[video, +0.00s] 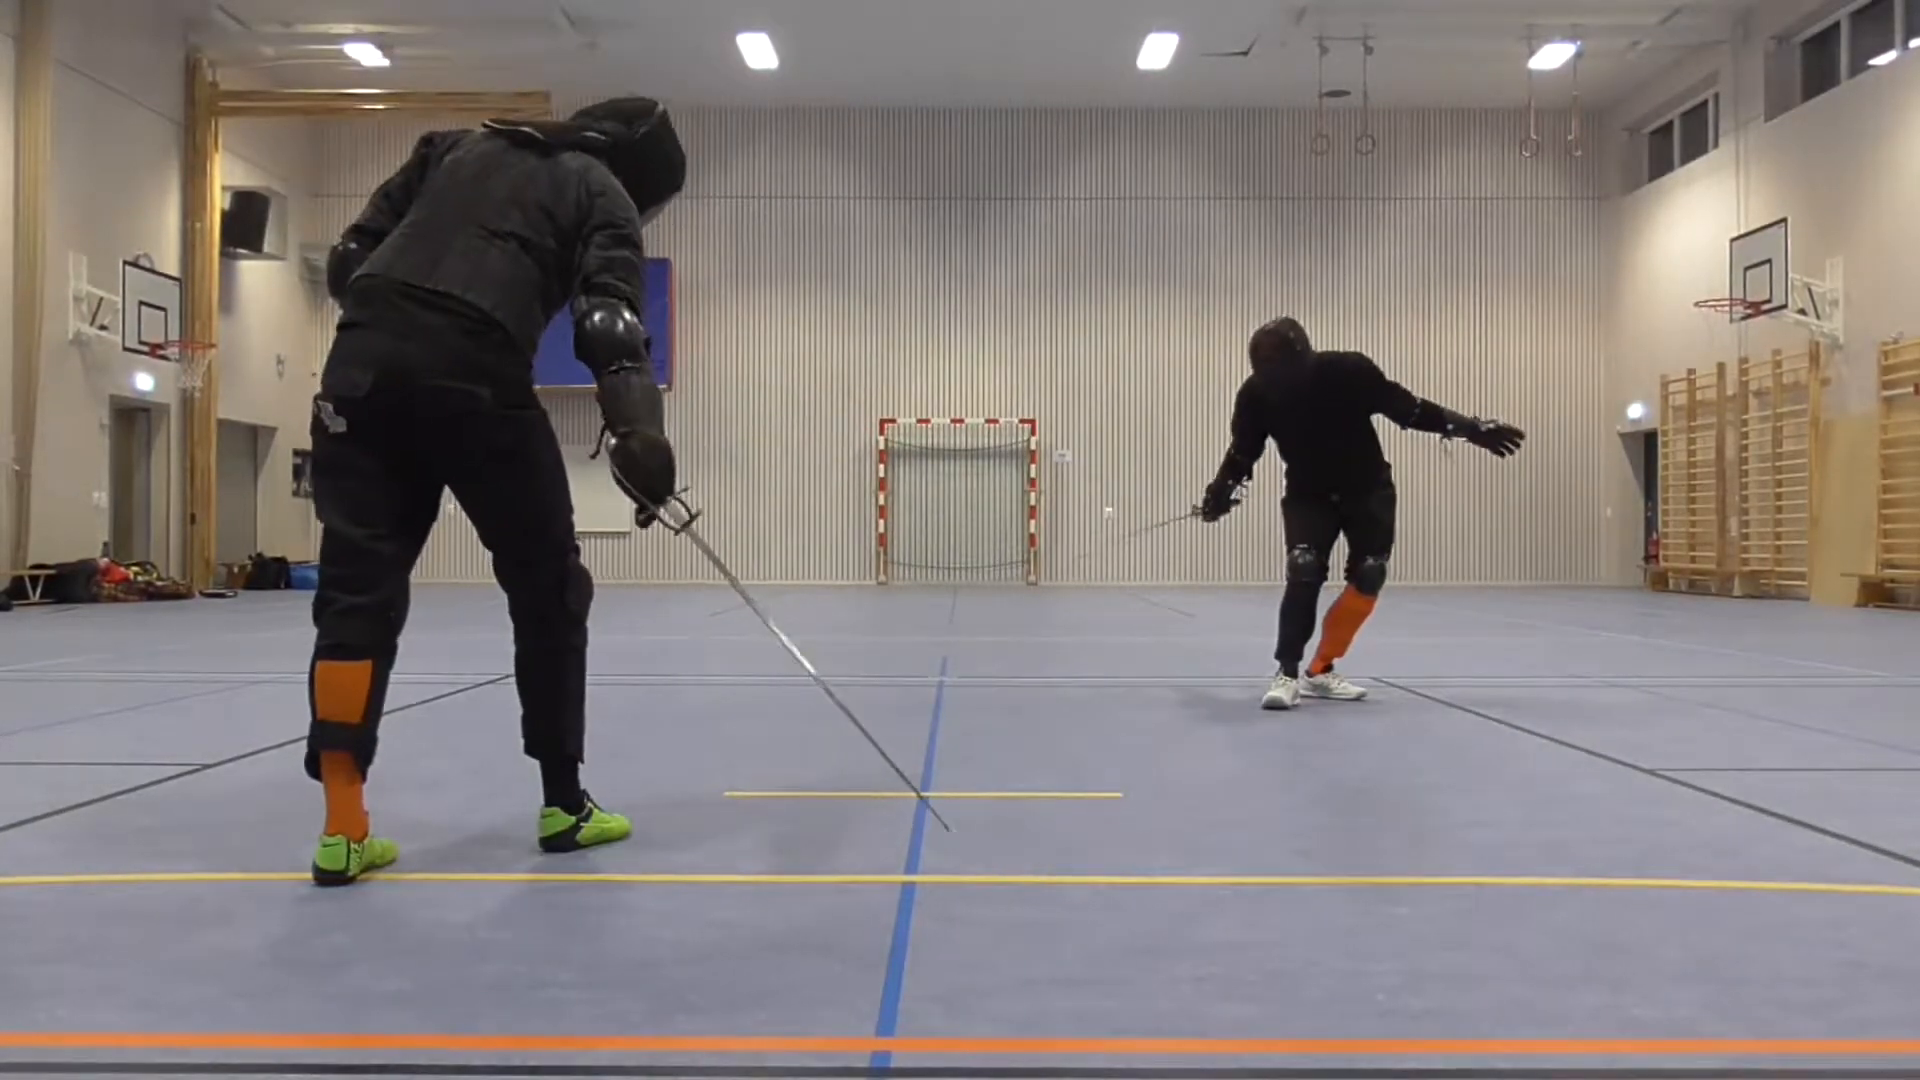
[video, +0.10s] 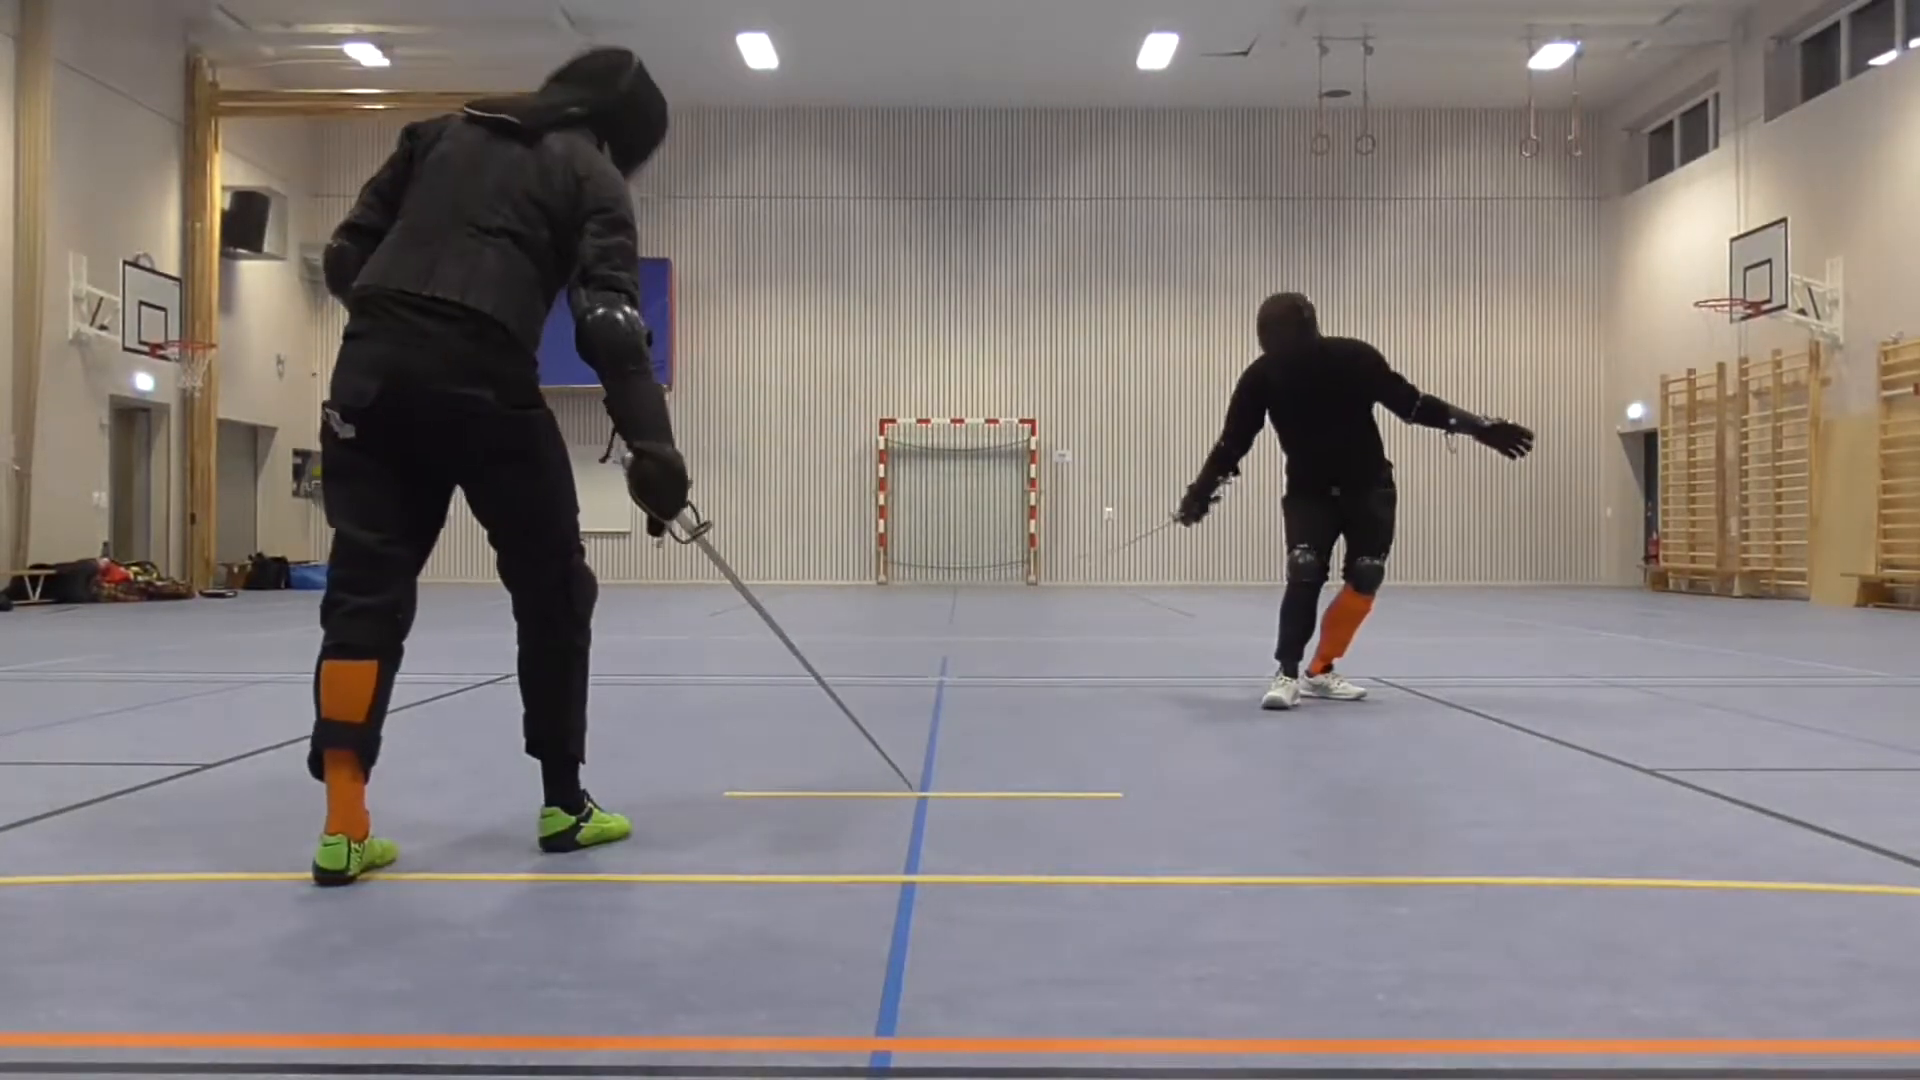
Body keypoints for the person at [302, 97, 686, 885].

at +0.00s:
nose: (641, 211)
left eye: (649, 200)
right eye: (647, 195)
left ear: (582, 130)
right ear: (628, 170)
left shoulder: (455, 146)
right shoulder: (604, 196)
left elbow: (351, 254)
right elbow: (609, 322)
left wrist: (399, 329)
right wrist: (641, 433)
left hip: (362, 373)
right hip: (476, 383)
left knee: (356, 592)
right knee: (548, 588)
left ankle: (341, 829)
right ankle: (563, 804)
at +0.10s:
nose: (631, 167)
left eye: (638, 154)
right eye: (634, 150)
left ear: (563, 95)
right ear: (618, 127)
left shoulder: (438, 133)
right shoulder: (592, 174)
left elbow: (346, 257)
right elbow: (608, 320)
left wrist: (422, 322)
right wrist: (653, 451)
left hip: (372, 373)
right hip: (485, 383)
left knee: (366, 586)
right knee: (553, 587)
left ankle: (342, 828)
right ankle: (565, 803)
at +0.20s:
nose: (611, 125)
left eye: (613, 111)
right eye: (613, 109)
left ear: (528, 65)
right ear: (595, 90)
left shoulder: (428, 124)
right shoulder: (581, 159)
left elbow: (335, 241)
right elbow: (610, 313)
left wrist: (413, 310)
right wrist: (663, 442)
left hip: (380, 375)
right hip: (491, 387)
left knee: (373, 585)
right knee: (555, 585)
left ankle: (343, 829)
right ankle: (565, 802)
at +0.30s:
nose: (593, 94)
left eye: (594, 78)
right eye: (593, 77)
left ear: (499, 40)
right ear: (573, 64)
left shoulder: (410, 113)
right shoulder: (566, 143)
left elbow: (325, 218)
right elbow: (602, 301)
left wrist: (389, 291)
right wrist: (665, 419)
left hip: (385, 371)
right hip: (495, 379)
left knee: (378, 584)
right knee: (554, 583)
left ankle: (345, 826)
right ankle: (565, 802)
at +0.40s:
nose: (572, 63)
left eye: (568, 45)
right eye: (568, 45)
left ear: (467, 27)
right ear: (549, 43)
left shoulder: (391, 104)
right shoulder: (545, 126)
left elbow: (312, 213)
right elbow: (592, 288)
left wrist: (386, 278)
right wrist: (659, 398)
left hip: (384, 369)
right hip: (496, 376)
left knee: (378, 585)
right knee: (550, 584)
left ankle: (345, 824)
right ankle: (564, 801)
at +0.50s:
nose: (541, 55)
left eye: (539, 42)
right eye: (538, 39)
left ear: (434, 22)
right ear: (519, 32)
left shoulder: (360, 103)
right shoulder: (516, 112)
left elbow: (306, 229)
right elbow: (583, 270)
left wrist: (393, 264)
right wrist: (652, 382)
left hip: (378, 373)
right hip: (491, 377)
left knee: (374, 585)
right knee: (546, 583)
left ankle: (345, 828)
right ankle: (564, 801)